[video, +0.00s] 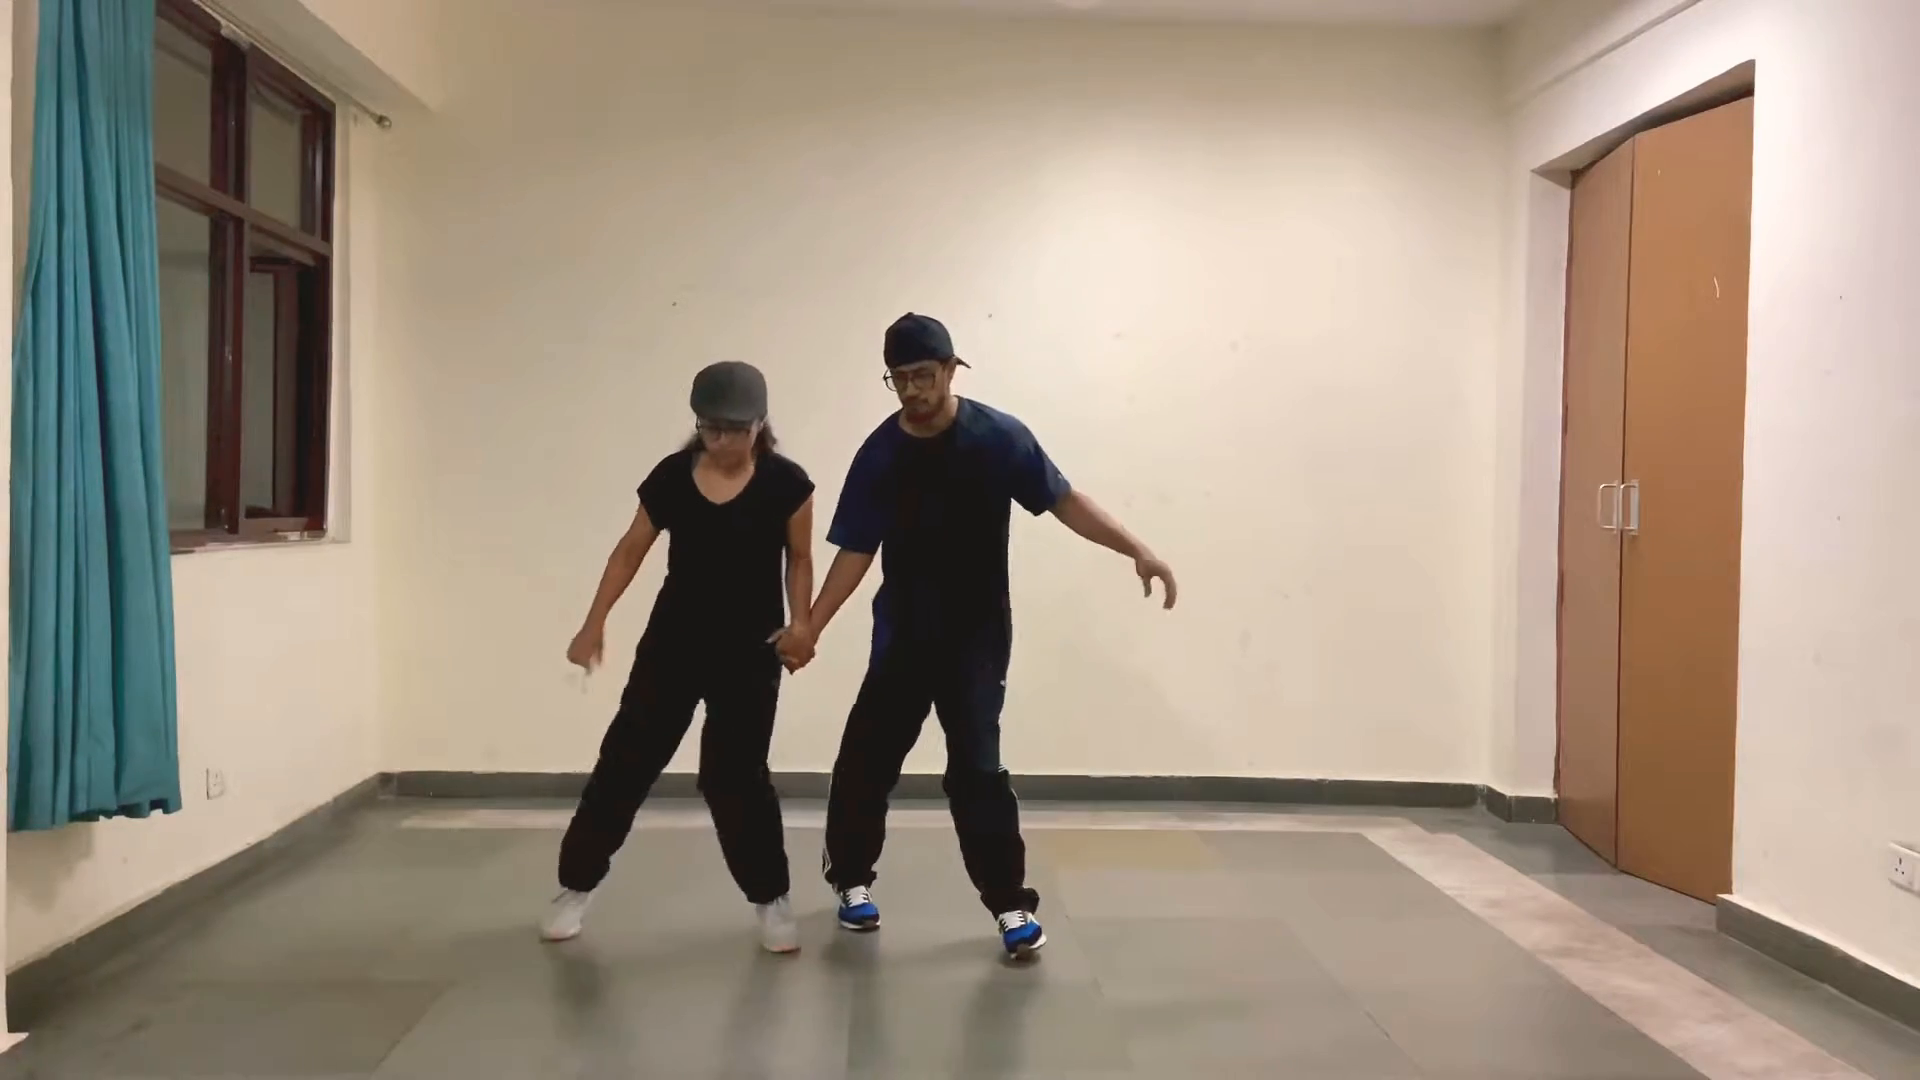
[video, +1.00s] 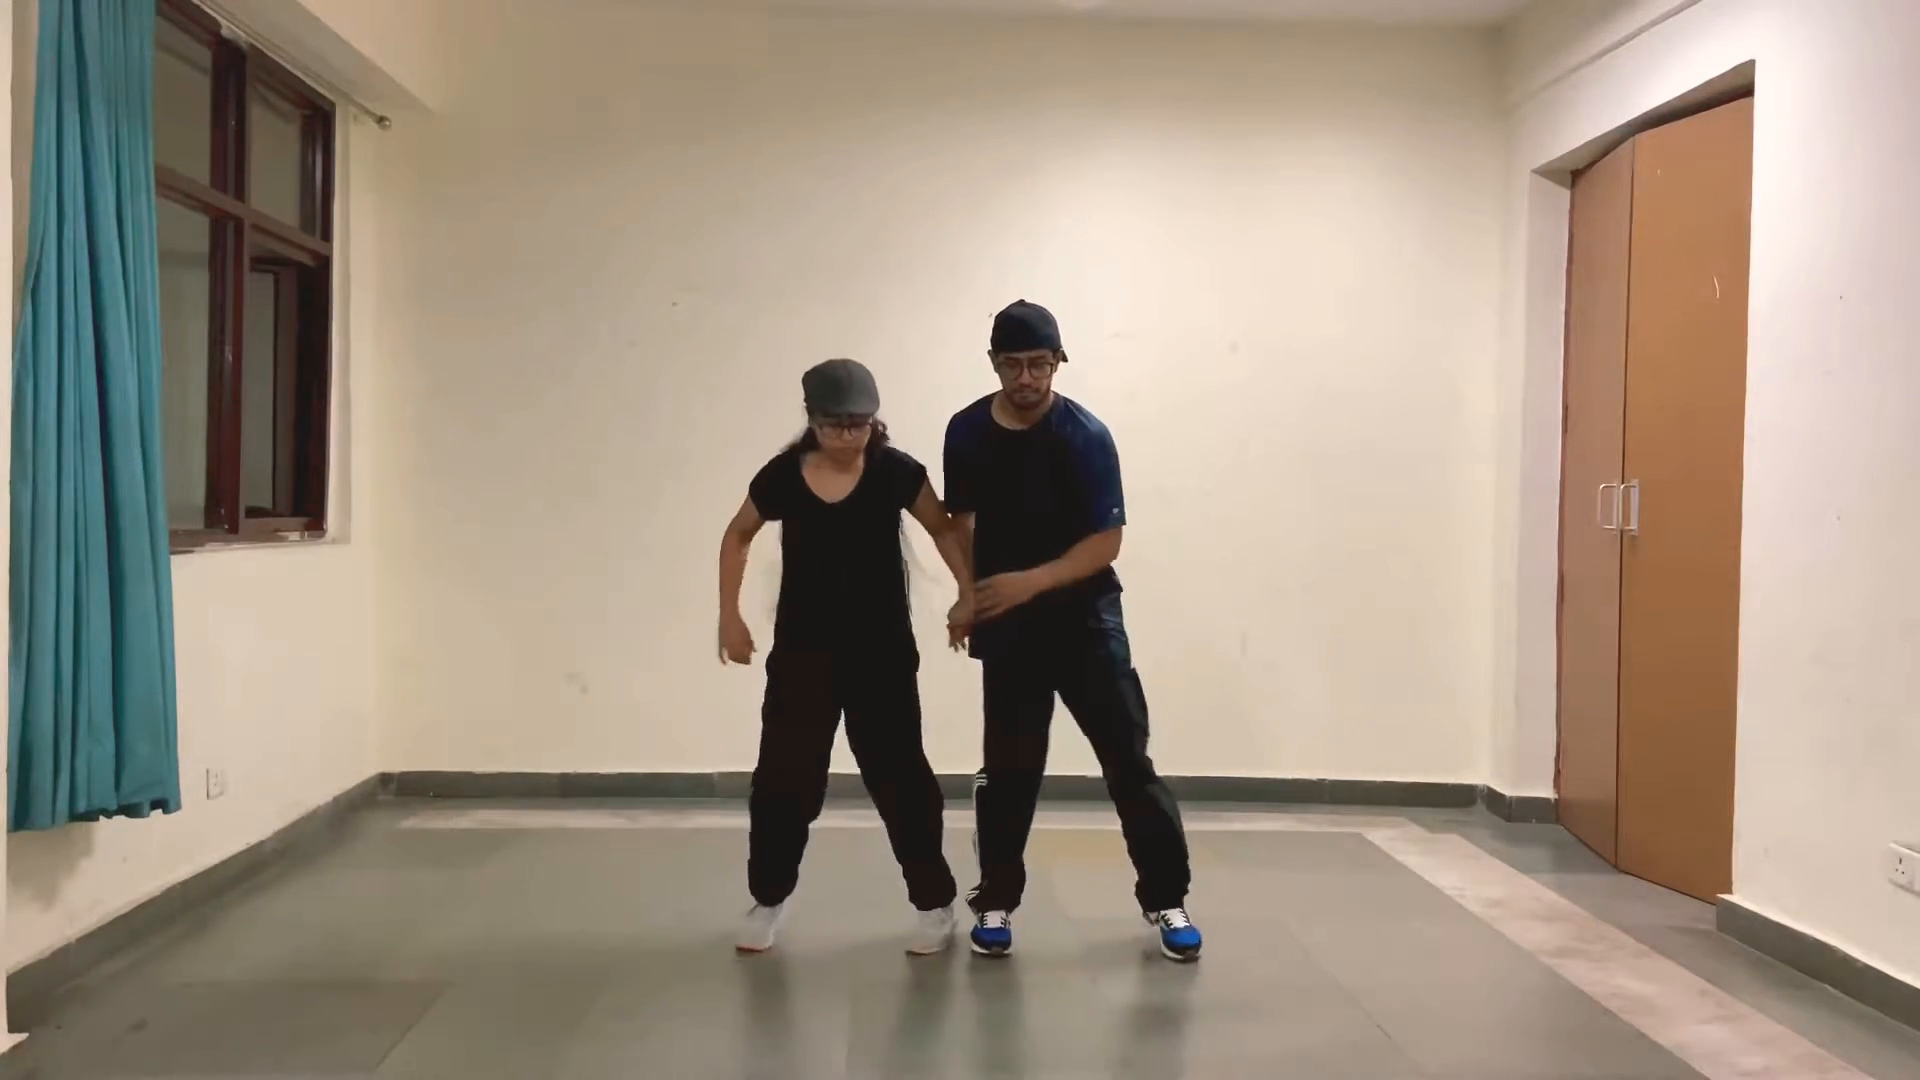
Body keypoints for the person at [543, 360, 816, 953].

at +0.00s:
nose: (726, 440)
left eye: (738, 428)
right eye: (715, 428)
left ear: (760, 425)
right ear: (699, 424)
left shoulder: (787, 485)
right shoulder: (673, 477)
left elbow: (800, 560)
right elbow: (630, 550)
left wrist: (801, 625)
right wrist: (595, 622)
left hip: (747, 651)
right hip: (674, 645)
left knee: (735, 775)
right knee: (625, 762)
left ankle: (771, 900)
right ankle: (576, 887)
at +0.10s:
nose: (744, 420)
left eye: (756, 408)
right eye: (733, 408)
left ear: (778, 406)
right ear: (716, 405)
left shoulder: (803, 468)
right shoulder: (691, 459)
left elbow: (825, 541)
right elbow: (659, 525)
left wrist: (831, 600)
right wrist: (650, 592)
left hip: (770, 630)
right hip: (695, 624)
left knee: (777, 764)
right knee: (650, 748)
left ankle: (774, 898)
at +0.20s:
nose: (757, 406)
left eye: (768, 394)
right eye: (745, 394)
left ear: (787, 391)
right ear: (727, 391)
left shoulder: (814, 454)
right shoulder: (704, 449)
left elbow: (838, 534)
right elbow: (665, 516)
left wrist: (857, 564)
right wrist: (688, 543)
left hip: (784, 628)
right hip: (711, 625)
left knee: (780, 766)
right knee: (693, 752)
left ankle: (777, 897)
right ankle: (727, 800)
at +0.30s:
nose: (769, 397)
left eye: (780, 385)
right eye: (756, 386)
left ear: (798, 385)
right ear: (737, 386)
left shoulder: (826, 450)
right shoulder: (713, 449)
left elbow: (852, 532)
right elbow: (661, 528)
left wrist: (868, 562)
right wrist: (691, 507)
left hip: (797, 626)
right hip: (727, 625)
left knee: (791, 757)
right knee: (725, 752)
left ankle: (788, 896)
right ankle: (734, 864)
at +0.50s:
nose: (787, 409)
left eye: (797, 397)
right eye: (774, 398)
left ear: (814, 393)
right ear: (752, 396)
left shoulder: (842, 456)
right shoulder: (730, 455)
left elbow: (863, 539)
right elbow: (689, 529)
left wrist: (884, 612)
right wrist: (676, 579)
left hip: (819, 630)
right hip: (747, 628)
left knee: (804, 761)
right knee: (738, 757)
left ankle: (785, 898)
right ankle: (741, 893)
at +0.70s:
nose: (811, 426)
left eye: (821, 413)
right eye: (798, 415)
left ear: (836, 408)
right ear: (774, 411)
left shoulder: (863, 464)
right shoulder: (749, 468)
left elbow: (899, 540)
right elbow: (704, 553)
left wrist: (925, 614)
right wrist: (686, 639)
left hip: (847, 638)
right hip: (768, 639)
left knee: (852, 766)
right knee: (754, 770)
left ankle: (867, 879)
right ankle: (747, 900)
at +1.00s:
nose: (850, 436)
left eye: (860, 424)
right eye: (837, 425)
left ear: (874, 419)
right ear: (813, 421)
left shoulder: (897, 472)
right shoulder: (783, 476)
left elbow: (943, 529)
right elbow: (737, 536)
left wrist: (968, 593)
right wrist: (729, 615)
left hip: (879, 654)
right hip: (803, 656)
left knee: (900, 777)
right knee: (782, 778)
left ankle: (935, 902)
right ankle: (768, 899)